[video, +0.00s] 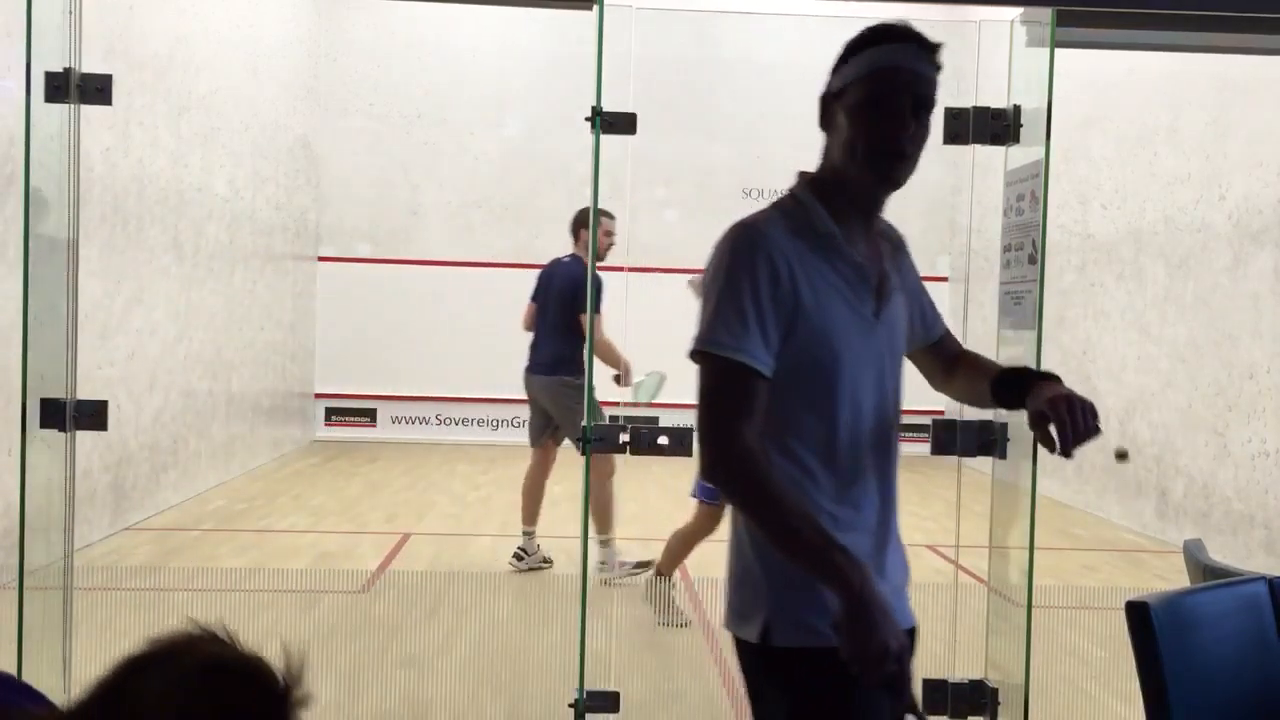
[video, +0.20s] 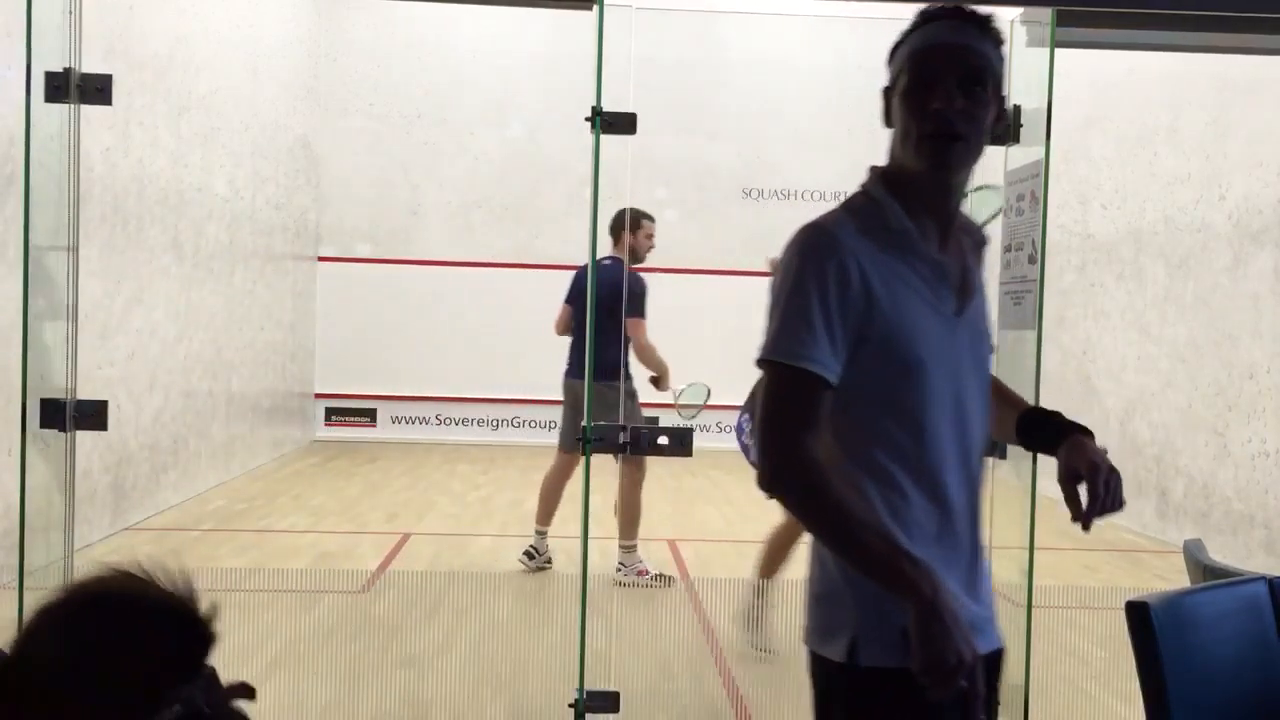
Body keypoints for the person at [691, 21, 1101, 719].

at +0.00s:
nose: (905, 131)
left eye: (921, 111)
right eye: (883, 103)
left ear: (932, 126)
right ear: (829, 109)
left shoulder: (886, 249)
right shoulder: (761, 249)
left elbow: (947, 365)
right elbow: (728, 450)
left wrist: (1029, 386)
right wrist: (855, 587)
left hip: (881, 607)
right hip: (798, 617)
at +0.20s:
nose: (947, 103)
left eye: (972, 86)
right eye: (925, 82)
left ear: (999, 119)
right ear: (887, 103)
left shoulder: (965, 247)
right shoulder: (831, 250)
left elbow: (957, 390)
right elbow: (783, 455)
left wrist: (1064, 435)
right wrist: (925, 593)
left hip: (967, 627)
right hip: (876, 638)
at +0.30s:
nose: (984, 91)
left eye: (1009, 74)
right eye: (960, 71)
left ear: (1039, 105)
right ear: (923, 97)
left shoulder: (1012, 244)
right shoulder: (867, 247)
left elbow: (988, 410)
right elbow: (812, 457)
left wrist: (1085, 446)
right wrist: (959, 590)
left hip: (1014, 631)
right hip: (911, 642)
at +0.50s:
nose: (1059, 83)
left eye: (1085, 64)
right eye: (1032, 63)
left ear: (1112, 93)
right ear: (989, 85)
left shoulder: (1079, 241)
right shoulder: (929, 244)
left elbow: (1052, 414)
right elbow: (882, 464)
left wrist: (1152, 455)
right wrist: (1032, 602)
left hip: (1094, 643)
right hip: (974, 656)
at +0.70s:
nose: (1136, 81)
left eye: (1163, 61)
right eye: (1108, 58)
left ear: (1187, 90)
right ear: (1060, 78)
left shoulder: (1152, 238)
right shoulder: (989, 244)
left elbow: (1128, 412)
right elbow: (938, 475)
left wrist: (1237, 457)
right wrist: (1100, 615)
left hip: (1158, 652)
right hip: (1029, 664)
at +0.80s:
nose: (1180, 90)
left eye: (1211, 70)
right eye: (1152, 64)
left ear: (1232, 93)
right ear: (1101, 80)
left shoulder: (1195, 238)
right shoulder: (1024, 247)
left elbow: (1162, 416)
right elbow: (965, 480)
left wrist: (1268, 464)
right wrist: (1122, 626)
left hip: (1190, 658)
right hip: (1061, 670)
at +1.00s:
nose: (1277, 95)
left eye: (1278, 72)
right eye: (1265, 69)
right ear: (1201, 74)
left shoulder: (1271, 254)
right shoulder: (1106, 254)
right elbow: (1028, 488)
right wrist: (1183, 644)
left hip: (1265, 683)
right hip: (1142, 690)